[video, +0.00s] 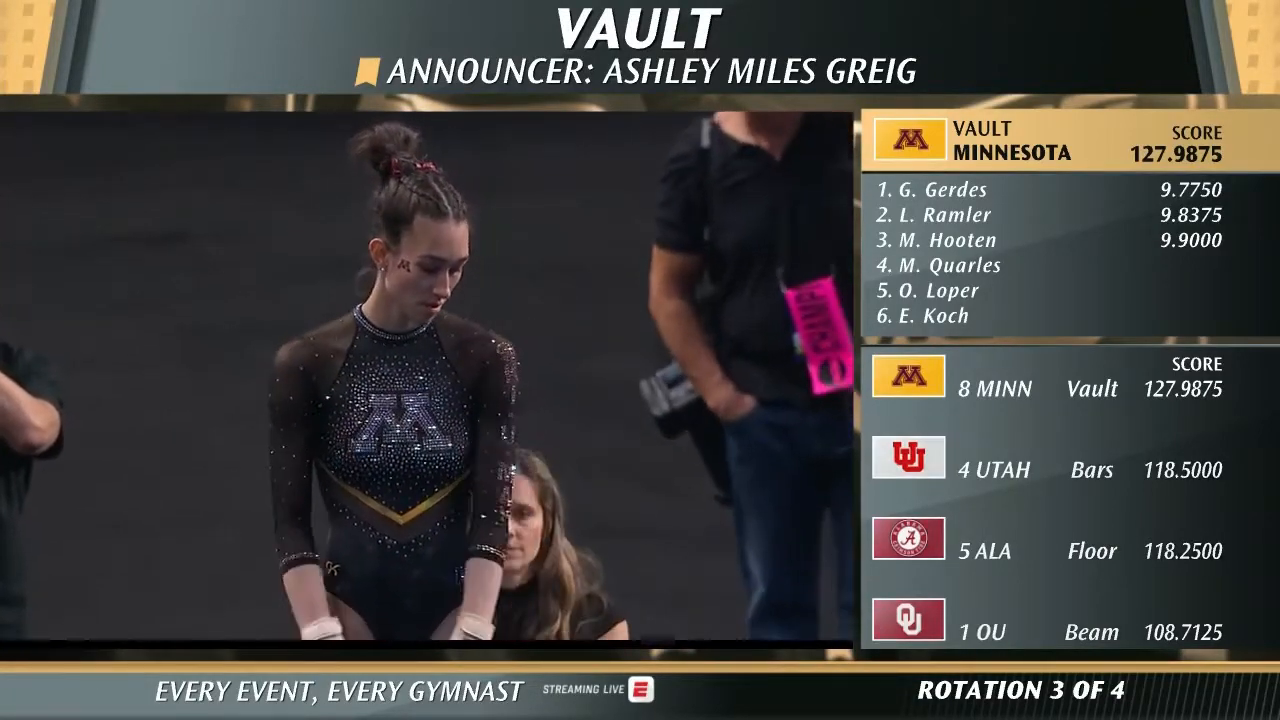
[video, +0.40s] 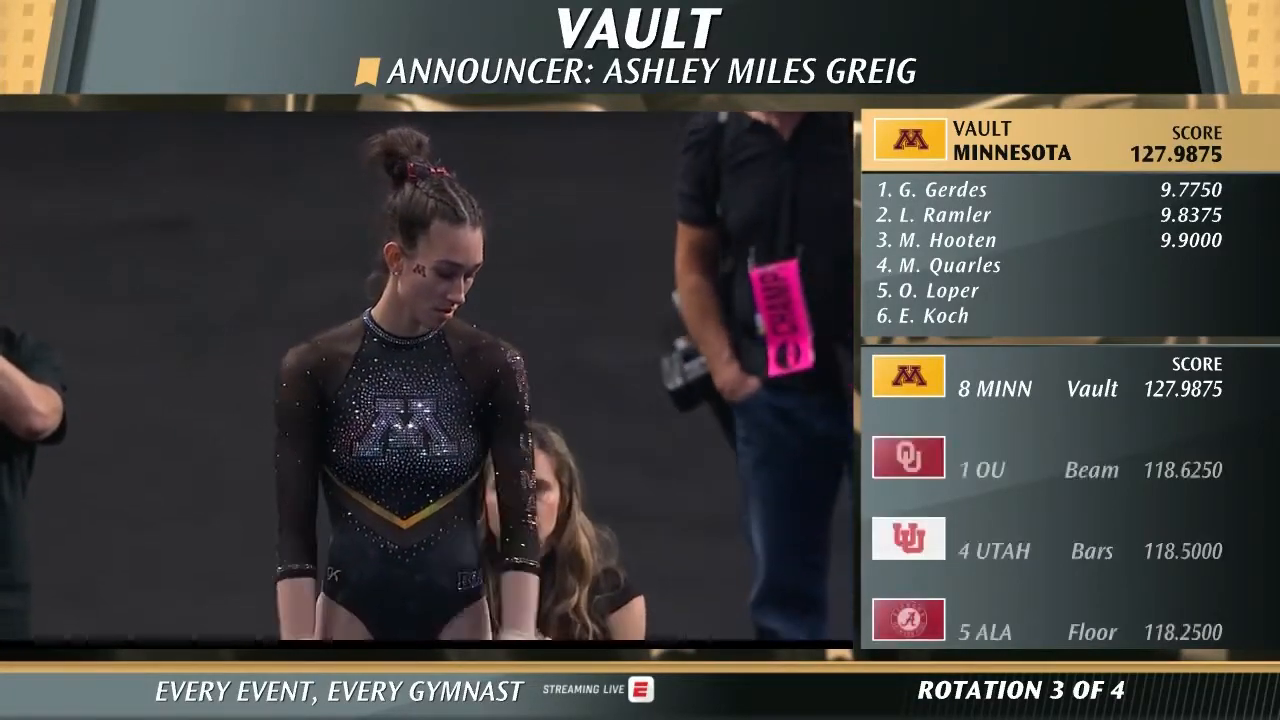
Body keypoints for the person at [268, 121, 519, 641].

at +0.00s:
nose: (445, 287)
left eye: (457, 268)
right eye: (429, 267)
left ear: (467, 260)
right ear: (381, 255)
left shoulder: (486, 360)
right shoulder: (305, 363)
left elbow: (490, 508)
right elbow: (290, 518)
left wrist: (475, 624)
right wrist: (318, 631)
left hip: (454, 602)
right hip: (351, 602)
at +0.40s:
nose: (459, 293)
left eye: (470, 274)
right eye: (444, 272)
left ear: (481, 265)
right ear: (396, 259)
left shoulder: (494, 367)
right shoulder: (313, 368)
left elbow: (518, 522)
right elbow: (295, 531)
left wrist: (518, 642)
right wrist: (296, 659)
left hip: (462, 606)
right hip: (350, 605)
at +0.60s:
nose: (475, 284)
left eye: (486, 266)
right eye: (461, 264)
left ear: (496, 257)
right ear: (412, 248)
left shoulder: (504, 363)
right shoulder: (324, 355)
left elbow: (544, 506)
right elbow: (282, 508)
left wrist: (577, 630)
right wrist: (248, 632)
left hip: (461, 600)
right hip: (352, 597)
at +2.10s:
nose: (468, 241)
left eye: (476, 223)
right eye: (454, 221)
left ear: (483, 213)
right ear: (403, 208)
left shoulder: (489, 310)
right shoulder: (310, 308)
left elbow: (510, 460)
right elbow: (284, 461)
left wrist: (519, 603)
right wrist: (284, 609)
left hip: (458, 558)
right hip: (348, 556)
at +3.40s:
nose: (467, 245)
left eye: (474, 227)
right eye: (453, 226)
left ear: (481, 216)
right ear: (400, 214)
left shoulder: (489, 316)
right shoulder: (311, 318)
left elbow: (500, 468)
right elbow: (290, 473)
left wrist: (473, 597)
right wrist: (331, 590)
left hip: (458, 566)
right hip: (355, 566)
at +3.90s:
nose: (470, 247)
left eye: (478, 229)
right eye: (456, 228)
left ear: (486, 218)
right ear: (404, 215)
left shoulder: (495, 317)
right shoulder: (317, 320)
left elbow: (526, 472)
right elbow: (292, 478)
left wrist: (543, 617)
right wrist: (273, 622)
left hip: (462, 566)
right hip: (354, 565)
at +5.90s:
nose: (460, 252)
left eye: (466, 235)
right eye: (444, 236)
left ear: (472, 225)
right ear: (390, 226)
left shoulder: (483, 329)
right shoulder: (305, 331)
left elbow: (499, 479)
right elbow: (285, 486)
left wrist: (500, 619)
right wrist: (281, 622)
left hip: (456, 573)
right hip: (348, 572)